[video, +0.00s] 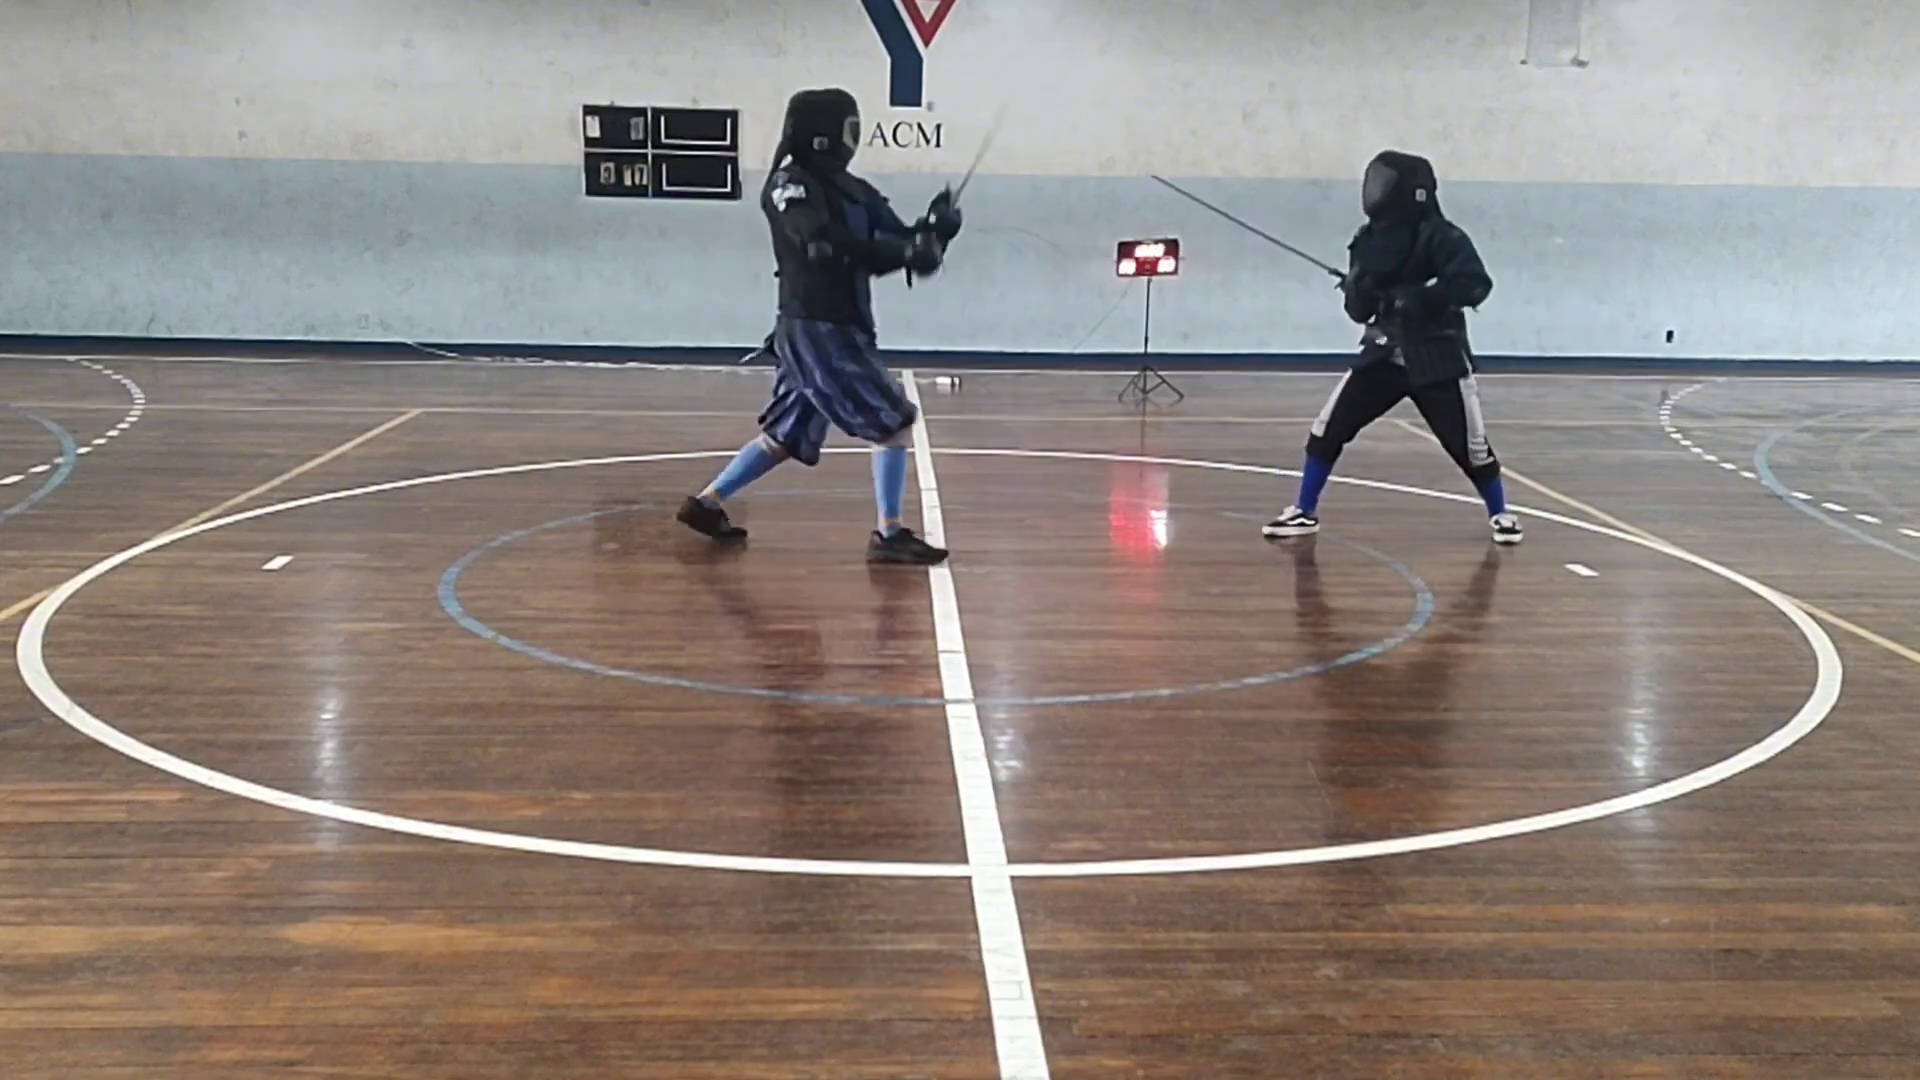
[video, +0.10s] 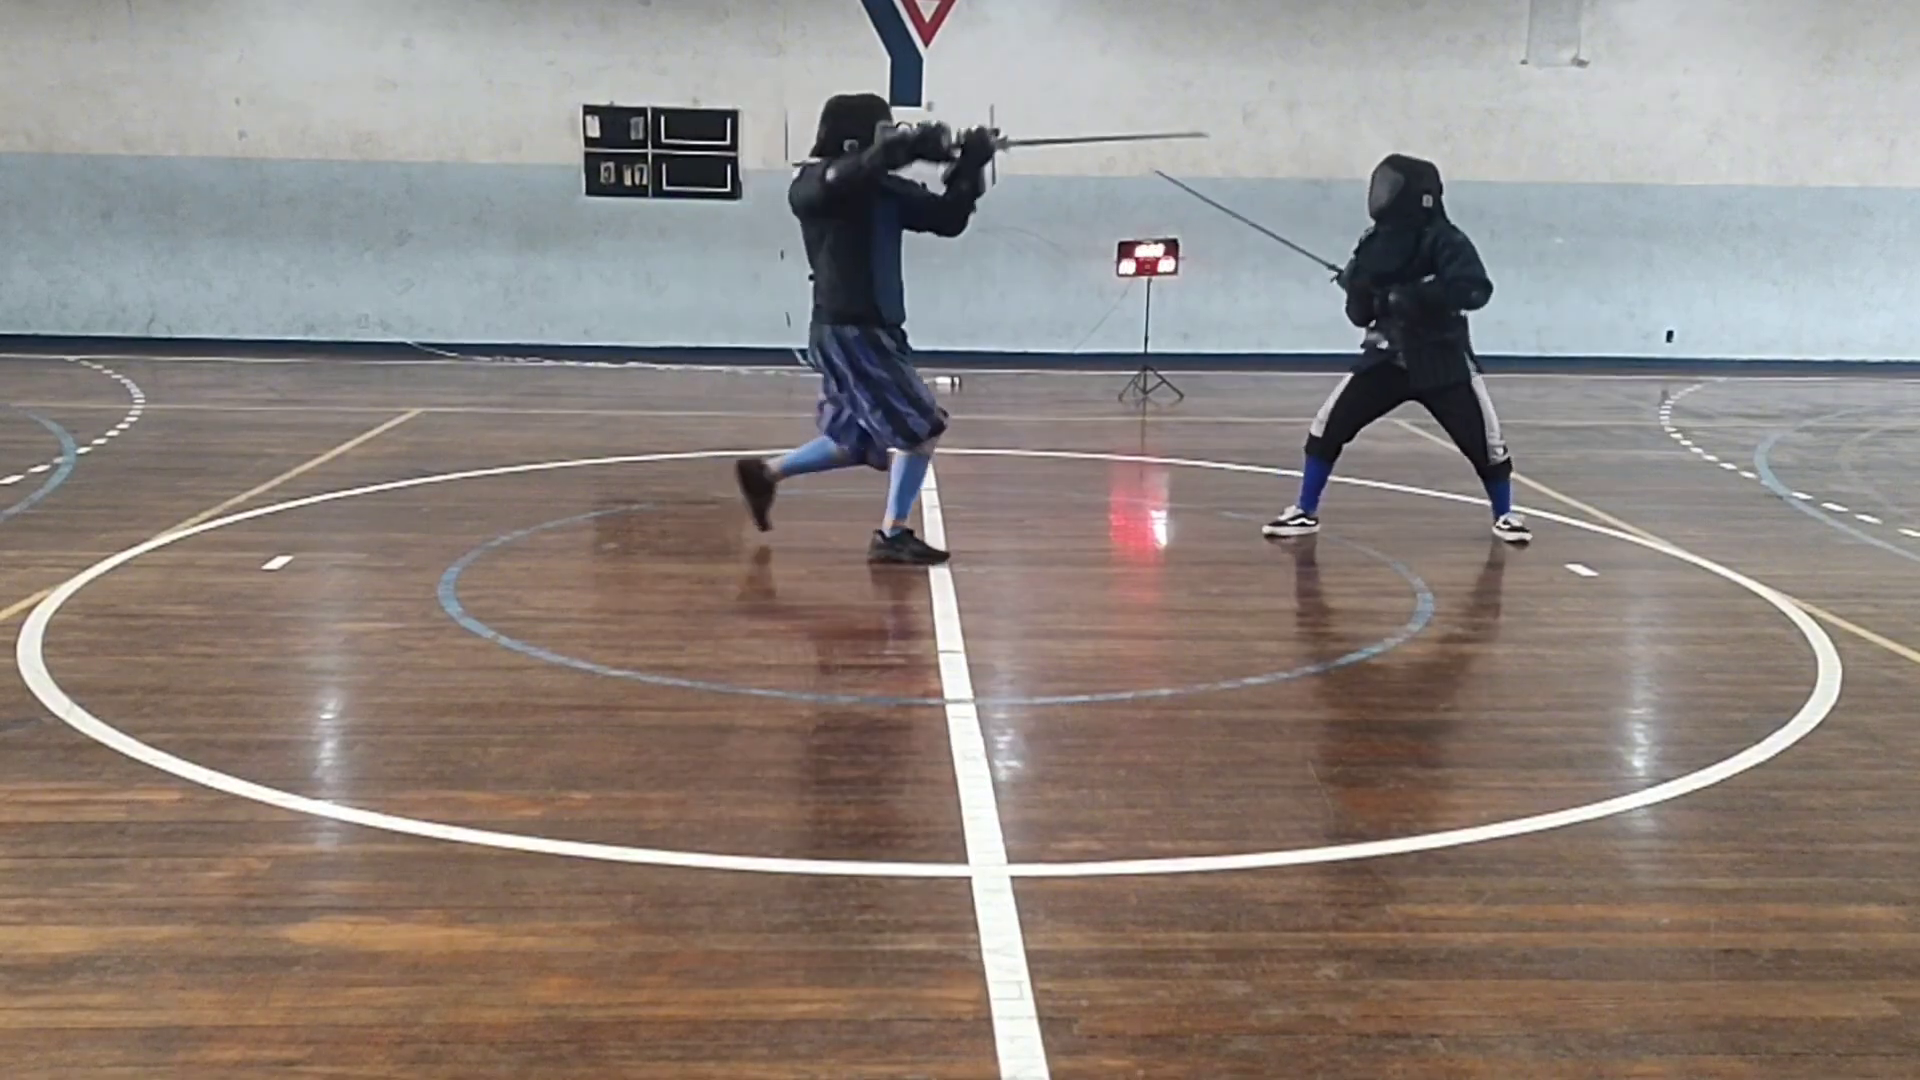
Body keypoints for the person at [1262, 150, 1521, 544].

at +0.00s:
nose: (1371, 190)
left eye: (1381, 182)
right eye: (1372, 181)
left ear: (1411, 190)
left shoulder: (1440, 235)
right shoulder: (1367, 241)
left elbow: (1475, 284)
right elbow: (1358, 311)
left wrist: (1419, 298)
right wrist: (1360, 290)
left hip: (1439, 358)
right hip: (1384, 358)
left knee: (1469, 446)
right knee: (1327, 431)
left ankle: (1500, 514)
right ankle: (1303, 511)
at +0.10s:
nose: (1378, 194)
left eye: (1389, 186)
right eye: (1379, 185)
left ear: (1418, 194)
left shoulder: (1443, 237)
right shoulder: (1373, 244)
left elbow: (1476, 289)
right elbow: (1359, 316)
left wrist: (1414, 296)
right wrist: (1359, 290)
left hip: (1444, 362)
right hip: (1387, 362)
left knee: (1486, 442)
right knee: (1328, 427)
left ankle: (1504, 515)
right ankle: (1305, 511)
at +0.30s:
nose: (1388, 196)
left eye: (1397, 187)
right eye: (1385, 188)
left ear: (1425, 190)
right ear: (1380, 191)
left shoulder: (1445, 222)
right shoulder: (1373, 230)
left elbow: (1417, 202)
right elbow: (1336, 263)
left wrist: (1369, 179)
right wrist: (1337, 202)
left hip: (1427, 365)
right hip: (1367, 361)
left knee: (1474, 444)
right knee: (1302, 419)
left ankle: (1506, 514)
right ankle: (1300, 505)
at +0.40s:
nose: (1367, 178)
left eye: (1378, 171)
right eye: (1363, 171)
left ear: (1399, 172)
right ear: (1355, 173)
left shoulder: (1415, 214)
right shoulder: (1347, 217)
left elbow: (1402, 177)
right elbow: (1317, 199)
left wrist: (1375, 141)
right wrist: (1317, 143)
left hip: (1400, 347)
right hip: (1341, 346)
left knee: (1454, 433)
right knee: (1280, 426)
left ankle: (1495, 511)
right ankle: (1263, 505)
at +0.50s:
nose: (1344, 165)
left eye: (1354, 157)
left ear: (1378, 166)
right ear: (1366, 162)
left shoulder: (1395, 207)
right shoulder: (1325, 203)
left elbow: (1354, 180)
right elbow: (1291, 181)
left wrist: (1312, 151)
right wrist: (1278, 142)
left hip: (1374, 345)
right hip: (1319, 344)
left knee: (1423, 428)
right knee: (1277, 431)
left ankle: (1439, 512)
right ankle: (1247, 513)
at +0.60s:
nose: (1329, 161)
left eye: (1341, 154)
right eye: (1329, 152)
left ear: (1365, 163)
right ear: (1335, 157)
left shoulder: (1375, 207)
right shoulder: (1325, 195)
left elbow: (1324, 230)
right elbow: (1279, 200)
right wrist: (1238, 183)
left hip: (1354, 340)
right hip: (1304, 338)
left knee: (1390, 430)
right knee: (1270, 427)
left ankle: (1412, 509)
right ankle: (1245, 510)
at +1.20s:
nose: (1327, 178)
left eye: (1335, 171)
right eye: (1328, 170)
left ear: (1363, 175)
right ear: (1340, 175)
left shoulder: (1391, 216)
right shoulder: (1329, 208)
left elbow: (1335, 219)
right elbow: (1275, 214)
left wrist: (1252, 197)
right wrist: (1236, 185)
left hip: (1375, 348)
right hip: (1318, 343)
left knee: (1418, 439)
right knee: (1269, 427)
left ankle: (1447, 522)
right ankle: (1260, 518)